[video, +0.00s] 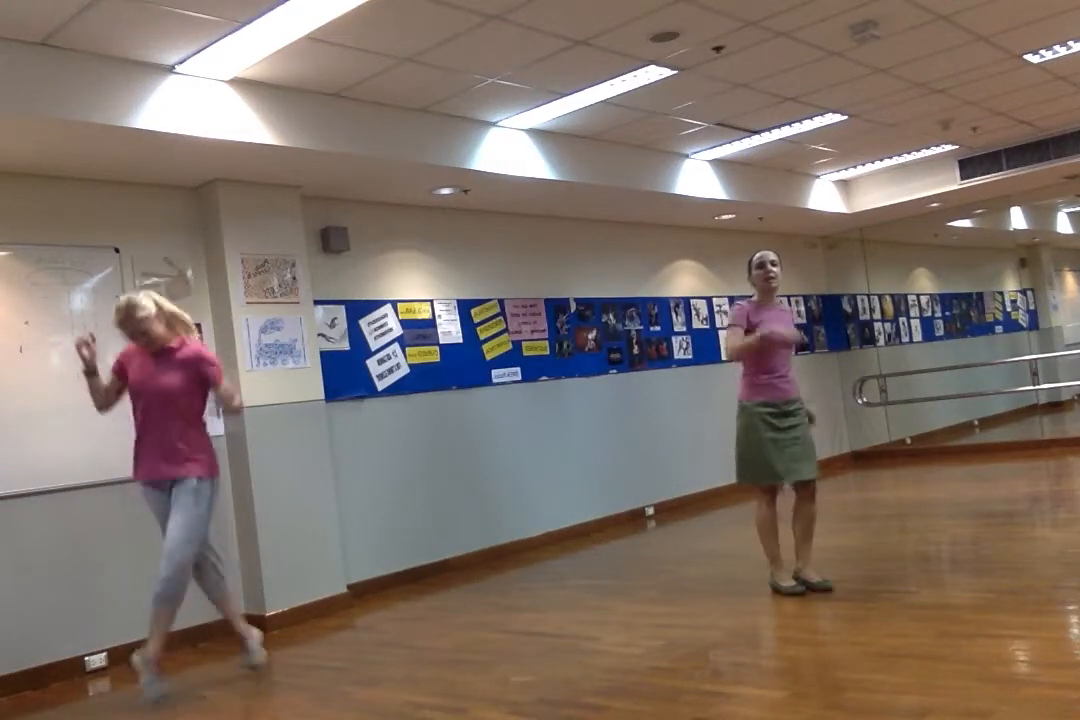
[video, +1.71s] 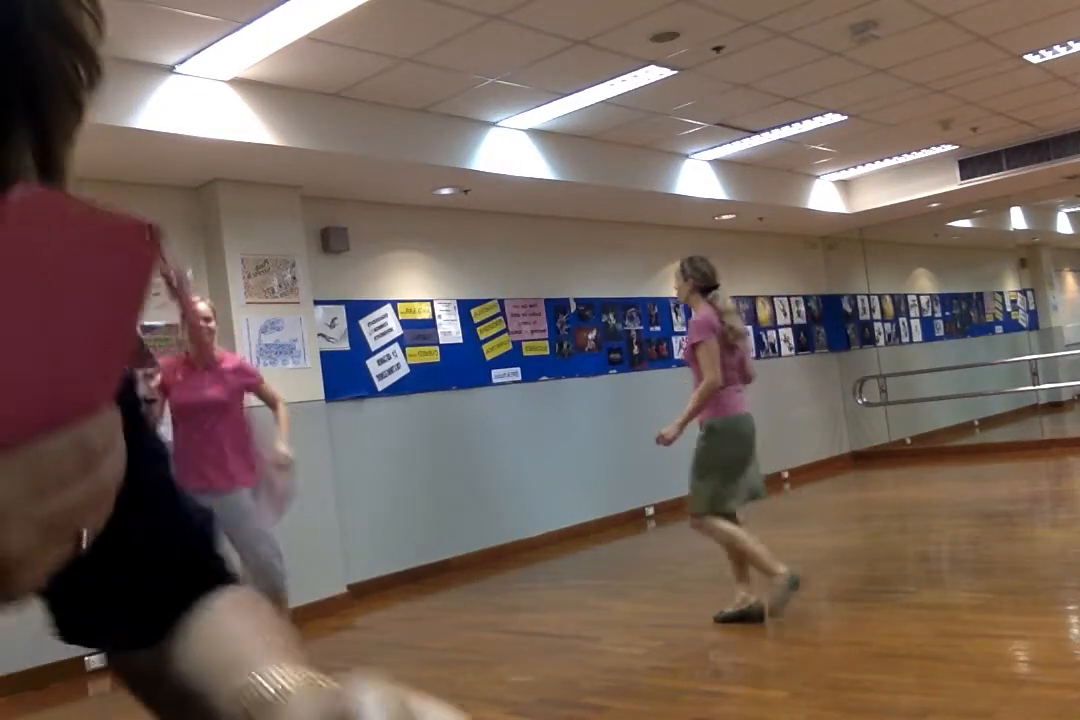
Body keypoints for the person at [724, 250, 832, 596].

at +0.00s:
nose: (768, 270)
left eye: (773, 264)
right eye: (760, 266)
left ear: (781, 273)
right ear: (751, 277)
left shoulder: (789, 315)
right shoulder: (743, 311)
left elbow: (787, 369)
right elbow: (731, 350)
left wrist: (802, 406)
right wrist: (761, 341)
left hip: (790, 406)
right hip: (757, 409)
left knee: (807, 485)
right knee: (767, 491)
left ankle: (803, 567)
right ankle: (776, 571)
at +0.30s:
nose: (778, 274)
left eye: (782, 268)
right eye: (770, 269)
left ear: (790, 275)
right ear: (759, 278)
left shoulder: (801, 315)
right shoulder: (746, 315)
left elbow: (813, 363)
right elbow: (730, 361)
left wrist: (839, 361)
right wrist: (750, 377)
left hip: (800, 409)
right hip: (767, 412)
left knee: (812, 493)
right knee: (795, 491)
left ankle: (805, 570)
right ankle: (784, 565)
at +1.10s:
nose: (732, 272)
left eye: (739, 265)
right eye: (730, 266)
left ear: (762, 269)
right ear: (732, 274)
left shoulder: (787, 305)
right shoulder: (738, 316)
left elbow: (816, 352)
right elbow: (739, 373)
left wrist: (801, 388)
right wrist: (718, 404)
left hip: (783, 412)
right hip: (749, 417)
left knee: (783, 504)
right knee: (775, 507)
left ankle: (818, 589)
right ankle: (817, 585)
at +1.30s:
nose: (714, 276)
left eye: (720, 270)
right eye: (715, 270)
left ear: (742, 273)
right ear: (734, 276)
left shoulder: (767, 309)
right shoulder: (734, 315)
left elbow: (782, 362)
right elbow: (748, 367)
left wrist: (743, 384)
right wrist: (733, 388)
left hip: (771, 417)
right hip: (746, 419)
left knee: (781, 509)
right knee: (731, 508)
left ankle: (817, 590)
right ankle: (791, 572)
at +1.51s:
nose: (692, 275)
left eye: (697, 268)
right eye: (693, 269)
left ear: (715, 272)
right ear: (717, 273)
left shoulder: (732, 307)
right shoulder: (727, 310)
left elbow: (735, 365)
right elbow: (761, 363)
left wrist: (686, 392)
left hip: (747, 417)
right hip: (739, 417)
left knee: (778, 505)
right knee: (726, 509)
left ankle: (816, 590)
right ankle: (749, 596)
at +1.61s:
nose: (683, 282)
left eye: (687, 276)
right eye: (684, 276)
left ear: (702, 277)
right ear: (710, 278)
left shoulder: (716, 313)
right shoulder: (726, 313)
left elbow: (719, 375)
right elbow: (755, 370)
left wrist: (675, 413)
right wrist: (724, 400)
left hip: (735, 423)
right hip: (733, 422)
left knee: (745, 512)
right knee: (723, 509)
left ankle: (808, 587)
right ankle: (748, 596)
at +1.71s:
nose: (675, 288)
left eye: (677, 282)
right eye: (676, 281)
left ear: (689, 283)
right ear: (707, 281)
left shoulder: (702, 318)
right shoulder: (721, 314)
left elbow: (712, 380)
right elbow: (746, 372)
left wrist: (677, 425)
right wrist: (709, 392)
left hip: (721, 424)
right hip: (737, 421)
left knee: (701, 516)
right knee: (724, 513)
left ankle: (779, 573)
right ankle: (745, 595)